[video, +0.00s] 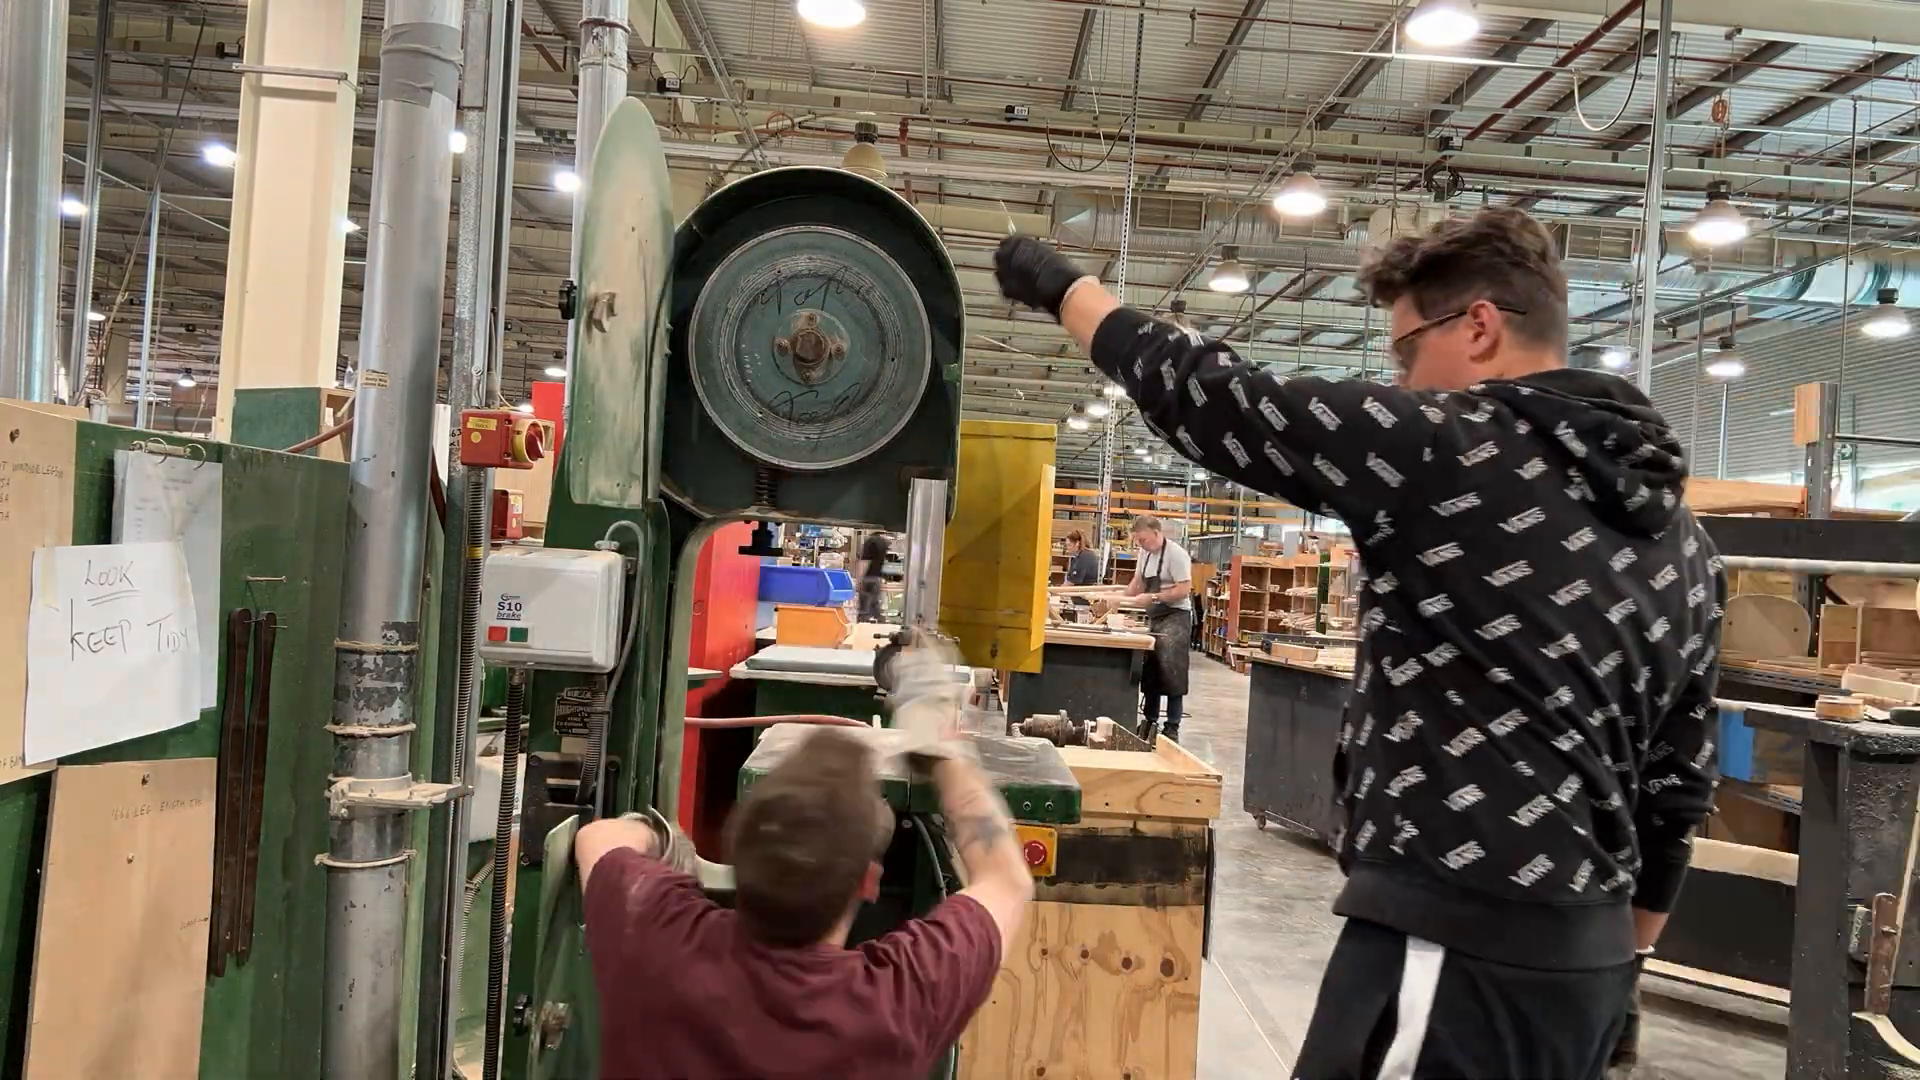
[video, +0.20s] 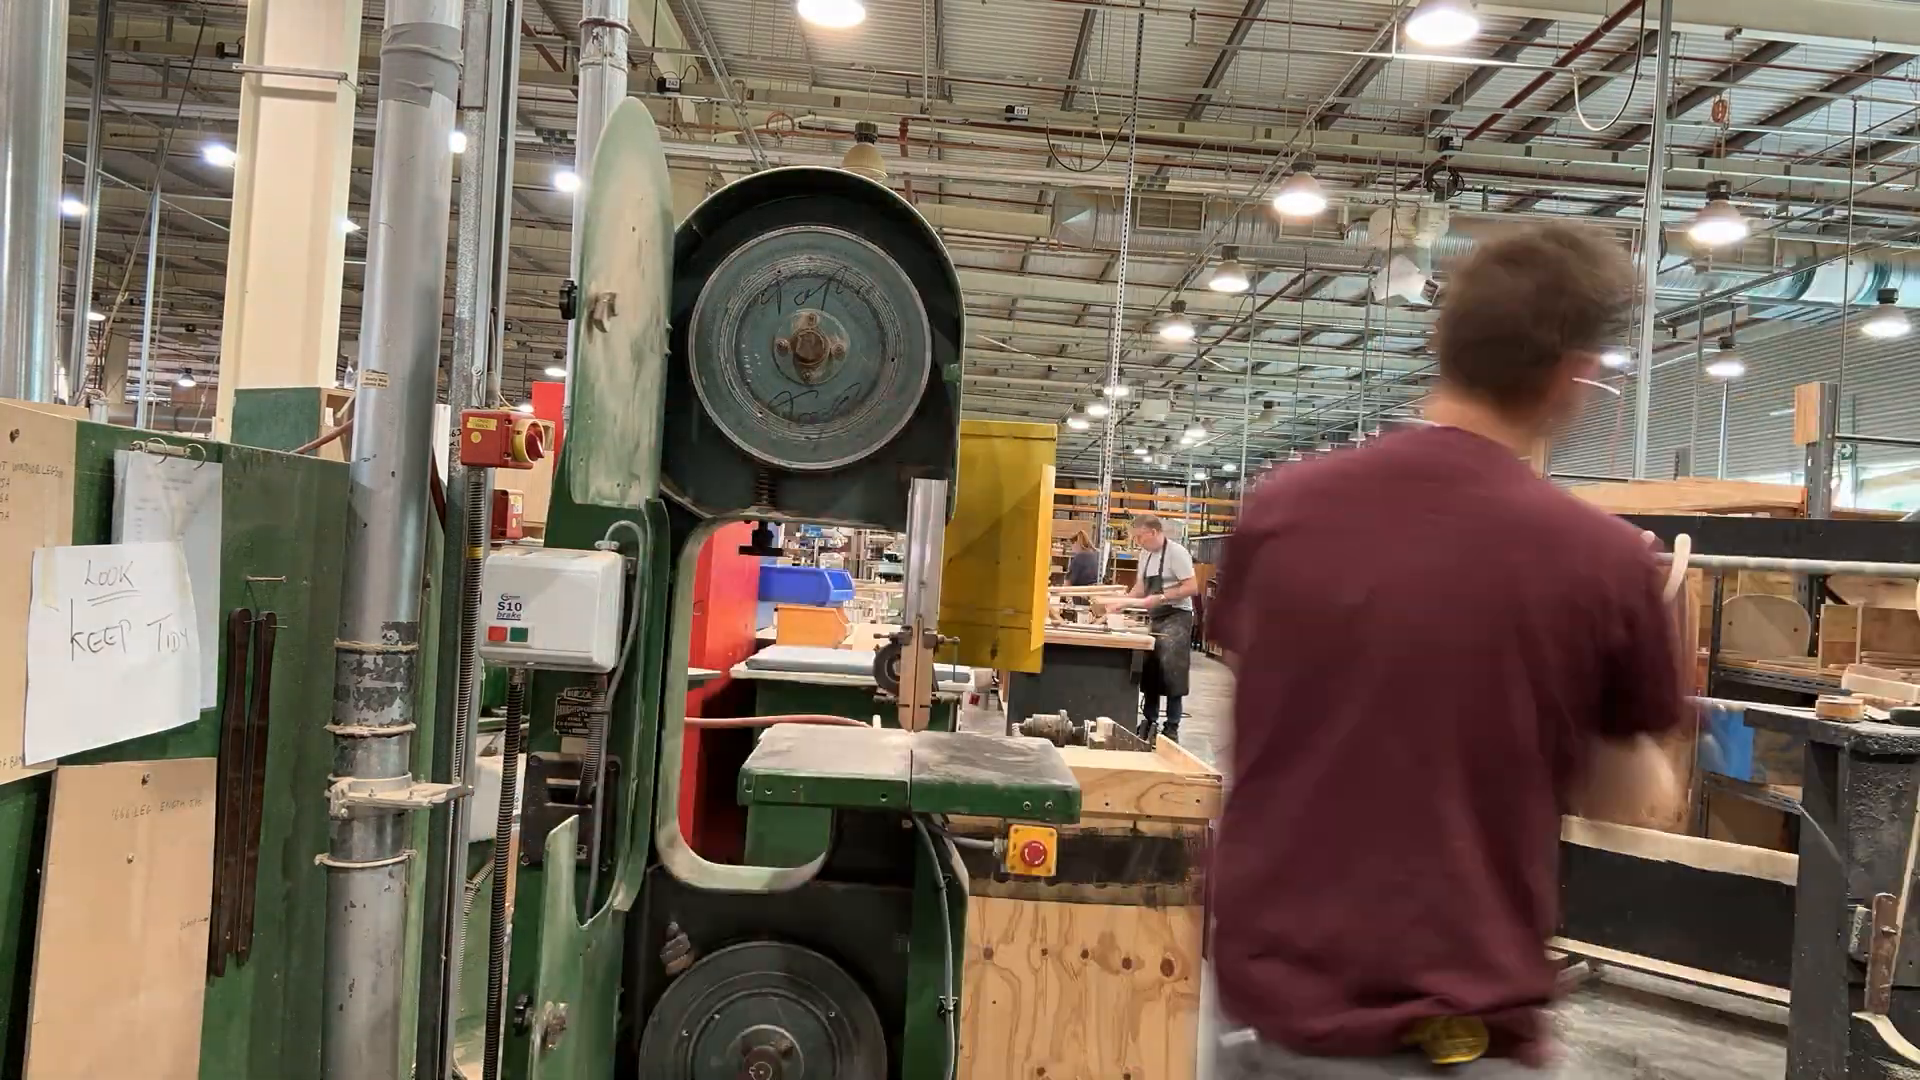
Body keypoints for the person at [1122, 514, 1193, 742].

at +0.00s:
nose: (1141, 545)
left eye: (1143, 540)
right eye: (1138, 541)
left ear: (1157, 533)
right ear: (1139, 538)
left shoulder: (1177, 554)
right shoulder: (1145, 554)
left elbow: (1184, 589)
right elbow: (1136, 585)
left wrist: (1153, 597)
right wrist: (1117, 600)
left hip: (1177, 616)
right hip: (1155, 616)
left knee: (1172, 671)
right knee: (1151, 670)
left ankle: (1172, 727)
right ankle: (1149, 722)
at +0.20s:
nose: (1138, 542)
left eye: (1140, 537)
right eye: (1136, 538)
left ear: (1154, 532)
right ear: (1148, 534)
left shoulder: (1177, 552)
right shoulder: (1146, 555)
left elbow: (1191, 587)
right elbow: (1140, 588)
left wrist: (1159, 598)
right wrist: (1121, 602)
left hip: (1176, 619)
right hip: (1155, 619)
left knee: (1173, 673)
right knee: (1150, 672)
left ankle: (1171, 728)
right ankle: (1148, 722)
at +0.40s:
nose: (1180, 530)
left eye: (1184, 526)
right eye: (1176, 526)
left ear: (1191, 529)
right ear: (1169, 529)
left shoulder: (1203, 554)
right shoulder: (1161, 551)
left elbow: (1214, 586)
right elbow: (1154, 579)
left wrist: (1194, 585)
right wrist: (1146, 577)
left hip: (1189, 616)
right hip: (1165, 616)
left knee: (1189, 670)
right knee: (1162, 669)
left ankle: (1187, 723)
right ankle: (1165, 721)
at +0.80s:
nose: (1175, 537)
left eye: (1178, 531)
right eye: (1174, 532)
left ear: (1192, 531)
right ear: (1184, 532)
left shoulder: (1210, 554)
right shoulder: (1183, 553)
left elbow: (1209, 586)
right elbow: (1181, 582)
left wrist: (1179, 581)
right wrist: (1167, 582)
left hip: (1201, 619)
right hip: (1180, 618)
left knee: (1200, 673)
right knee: (1164, 669)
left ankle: (1206, 731)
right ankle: (1166, 722)